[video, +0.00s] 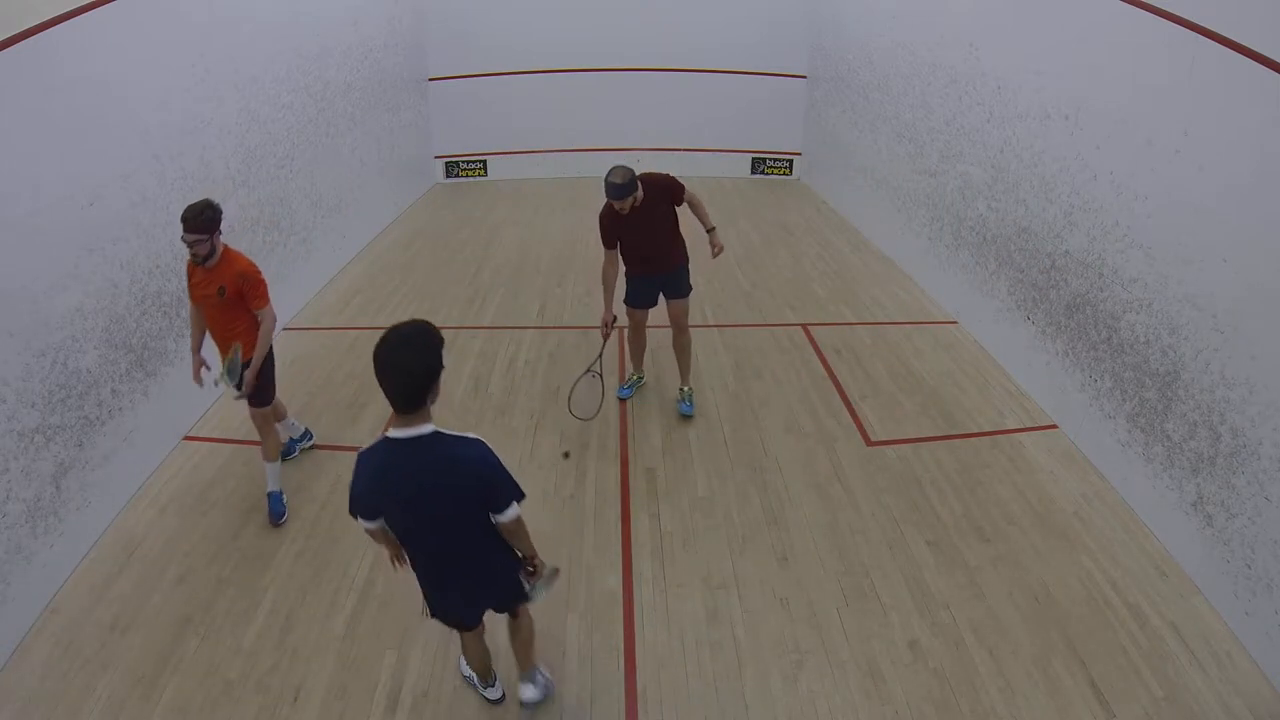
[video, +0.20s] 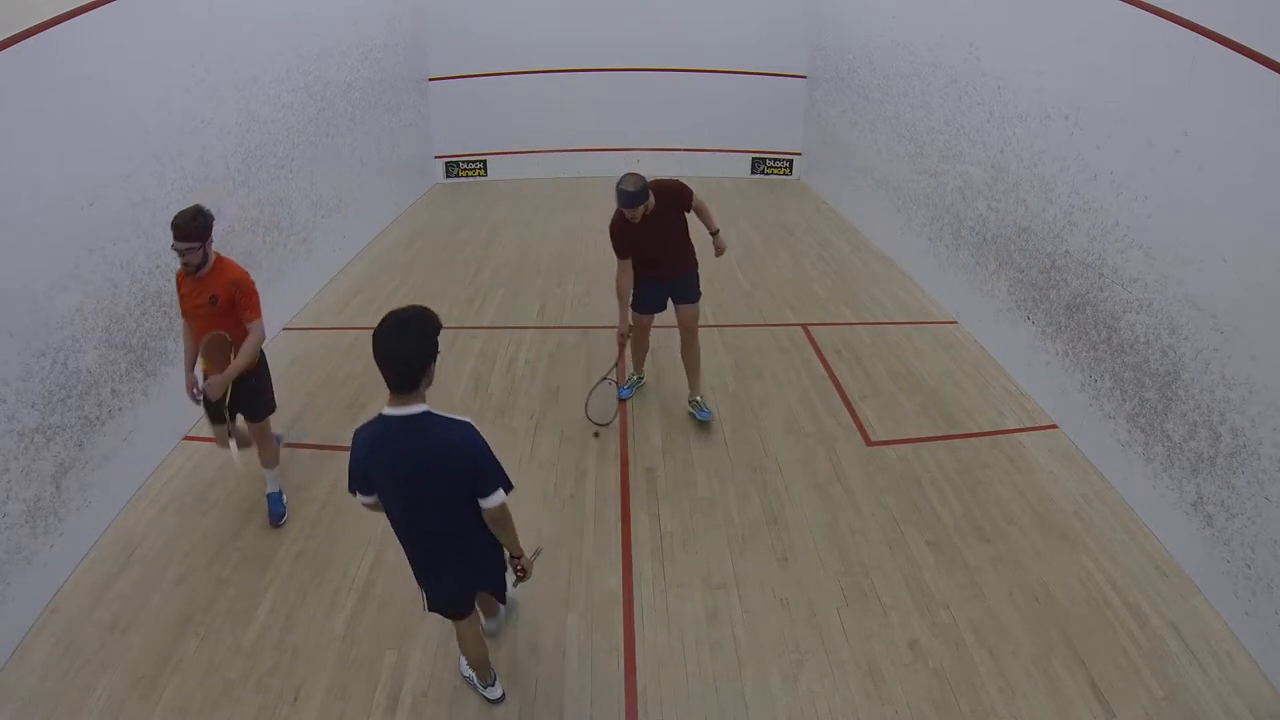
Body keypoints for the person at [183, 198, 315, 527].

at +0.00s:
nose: (192, 250)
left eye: (198, 243)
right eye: (187, 243)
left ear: (217, 236)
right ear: (183, 237)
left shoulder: (241, 269)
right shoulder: (194, 267)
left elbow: (268, 320)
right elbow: (197, 309)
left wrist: (253, 368)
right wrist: (196, 351)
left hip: (256, 353)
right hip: (229, 355)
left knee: (260, 417)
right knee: (261, 398)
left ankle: (274, 490)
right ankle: (296, 434)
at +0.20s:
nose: (183, 259)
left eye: (189, 252)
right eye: (178, 252)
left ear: (208, 244)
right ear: (175, 247)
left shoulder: (236, 278)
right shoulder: (183, 280)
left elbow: (257, 334)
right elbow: (190, 328)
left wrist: (226, 377)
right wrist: (189, 372)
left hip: (247, 364)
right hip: (211, 369)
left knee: (258, 434)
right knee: (224, 437)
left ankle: (273, 490)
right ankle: (268, 440)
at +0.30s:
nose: (178, 264)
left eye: (184, 257)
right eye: (172, 257)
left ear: (203, 248)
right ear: (168, 252)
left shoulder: (232, 282)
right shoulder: (177, 285)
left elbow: (252, 341)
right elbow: (184, 333)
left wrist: (220, 385)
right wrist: (186, 379)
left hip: (242, 371)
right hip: (205, 380)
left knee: (260, 436)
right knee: (217, 453)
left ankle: (273, 489)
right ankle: (251, 477)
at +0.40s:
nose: (172, 272)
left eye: (178, 264)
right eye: (166, 265)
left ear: (197, 255)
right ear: (163, 260)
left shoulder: (228, 287)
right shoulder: (171, 294)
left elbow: (249, 346)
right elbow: (179, 341)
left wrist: (221, 396)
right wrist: (184, 388)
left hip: (241, 381)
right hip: (202, 389)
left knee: (260, 443)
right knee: (216, 467)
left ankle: (273, 491)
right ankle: (245, 514)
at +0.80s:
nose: (143, 306)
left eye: (149, 295)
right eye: (134, 299)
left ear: (167, 284)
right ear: (126, 295)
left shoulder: (205, 320)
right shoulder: (131, 341)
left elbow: (244, 373)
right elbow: (147, 396)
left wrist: (265, 426)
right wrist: (166, 444)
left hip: (226, 434)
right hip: (184, 448)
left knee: (250, 498)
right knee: (217, 516)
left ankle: (270, 507)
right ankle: (254, 571)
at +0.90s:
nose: (143, 313)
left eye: (151, 302)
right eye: (133, 305)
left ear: (166, 289)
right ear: (124, 300)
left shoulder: (203, 324)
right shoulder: (122, 350)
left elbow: (243, 374)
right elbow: (132, 405)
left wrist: (269, 427)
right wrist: (155, 458)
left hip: (225, 440)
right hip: (181, 457)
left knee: (261, 519)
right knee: (218, 523)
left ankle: (275, 547)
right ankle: (253, 572)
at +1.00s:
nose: (148, 322)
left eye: (155, 310)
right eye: (137, 314)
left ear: (168, 296)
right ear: (125, 308)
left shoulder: (202, 332)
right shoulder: (119, 360)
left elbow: (240, 380)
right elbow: (120, 418)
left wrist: (269, 432)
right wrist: (146, 477)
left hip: (227, 450)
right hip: (183, 469)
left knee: (265, 533)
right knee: (220, 529)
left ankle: (289, 589)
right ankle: (253, 572)